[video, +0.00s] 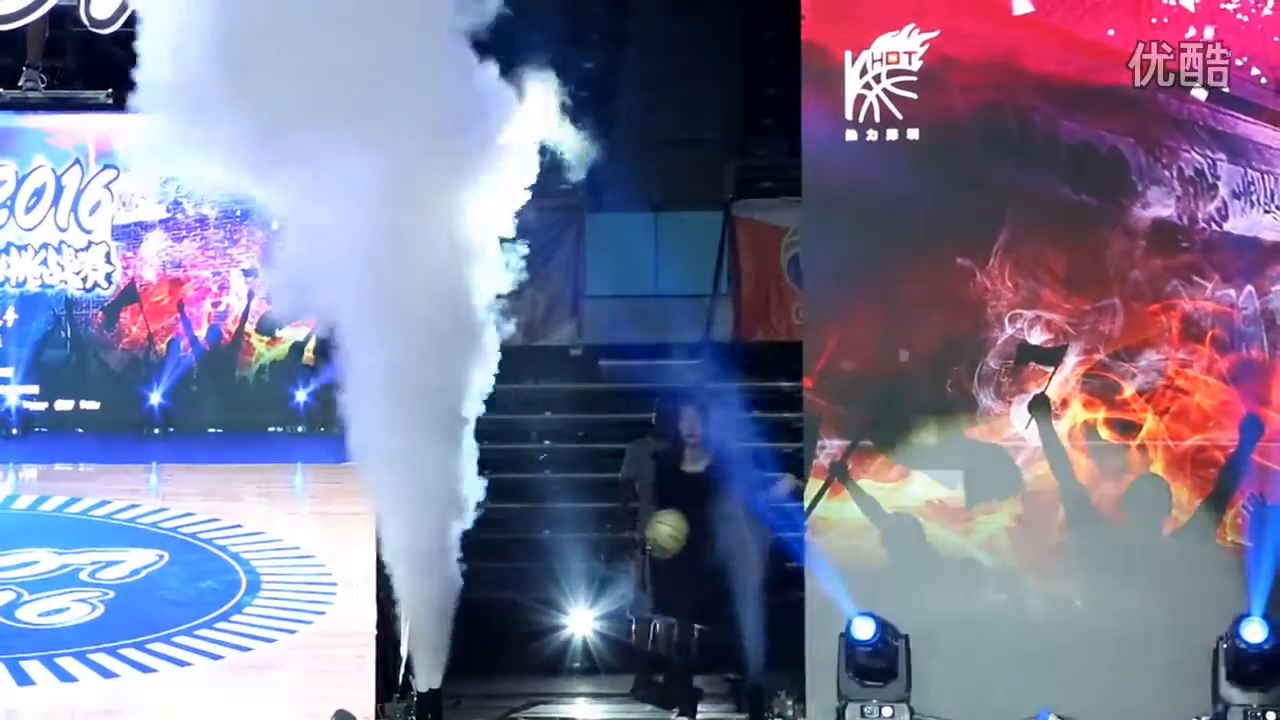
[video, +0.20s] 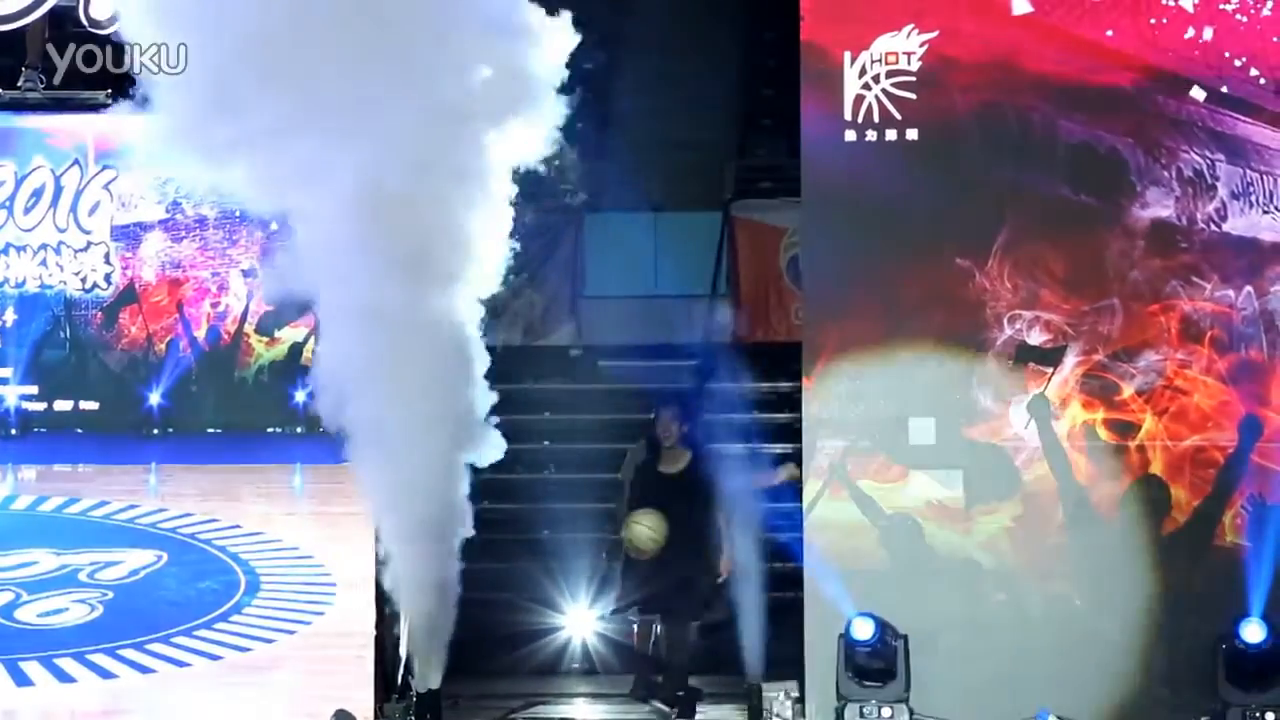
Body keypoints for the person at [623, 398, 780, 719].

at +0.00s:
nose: (691, 432)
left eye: (697, 425)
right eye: (685, 426)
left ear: (708, 427)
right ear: (677, 429)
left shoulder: (724, 467)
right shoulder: (664, 467)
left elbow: (752, 504)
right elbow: (651, 512)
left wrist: (775, 493)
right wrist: (652, 532)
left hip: (717, 560)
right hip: (674, 563)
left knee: (729, 629)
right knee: (676, 636)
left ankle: (746, 698)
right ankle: (683, 705)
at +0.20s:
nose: (665, 430)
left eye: (671, 423)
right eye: (661, 423)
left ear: (684, 426)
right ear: (654, 427)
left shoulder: (700, 465)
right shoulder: (645, 468)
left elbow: (717, 510)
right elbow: (634, 511)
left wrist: (725, 551)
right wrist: (634, 541)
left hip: (692, 554)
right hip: (655, 555)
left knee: (680, 624)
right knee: (663, 622)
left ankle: (675, 692)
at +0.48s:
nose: (642, 424)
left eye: (650, 418)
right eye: (639, 418)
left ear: (664, 424)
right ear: (634, 422)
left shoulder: (683, 464)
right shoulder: (618, 464)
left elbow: (698, 512)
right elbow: (601, 509)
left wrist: (680, 540)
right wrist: (605, 540)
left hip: (664, 557)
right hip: (624, 558)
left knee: (655, 628)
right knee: (620, 632)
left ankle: (642, 704)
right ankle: (659, 677)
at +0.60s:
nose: (634, 412)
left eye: (641, 406)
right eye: (630, 406)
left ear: (655, 412)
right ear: (624, 411)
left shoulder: (675, 454)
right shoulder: (609, 452)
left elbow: (691, 499)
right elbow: (591, 499)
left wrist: (673, 521)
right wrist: (593, 532)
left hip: (660, 550)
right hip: (619, 550)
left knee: (654, 624)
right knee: (613, 619)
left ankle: (644, 698)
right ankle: (623, 680)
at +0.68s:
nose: (628, 410)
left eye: (635, 404)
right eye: (624, 404)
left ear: (650, 409)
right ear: (618, 410)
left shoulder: (669, 451)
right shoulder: (603, 450)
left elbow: (683, 497)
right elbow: (584, 496)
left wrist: (665, 519)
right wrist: (582, 531)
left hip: (653, 551)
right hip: (610, 550)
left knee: (648, 627)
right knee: (605, 620)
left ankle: (642, 701)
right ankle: (602, 687)